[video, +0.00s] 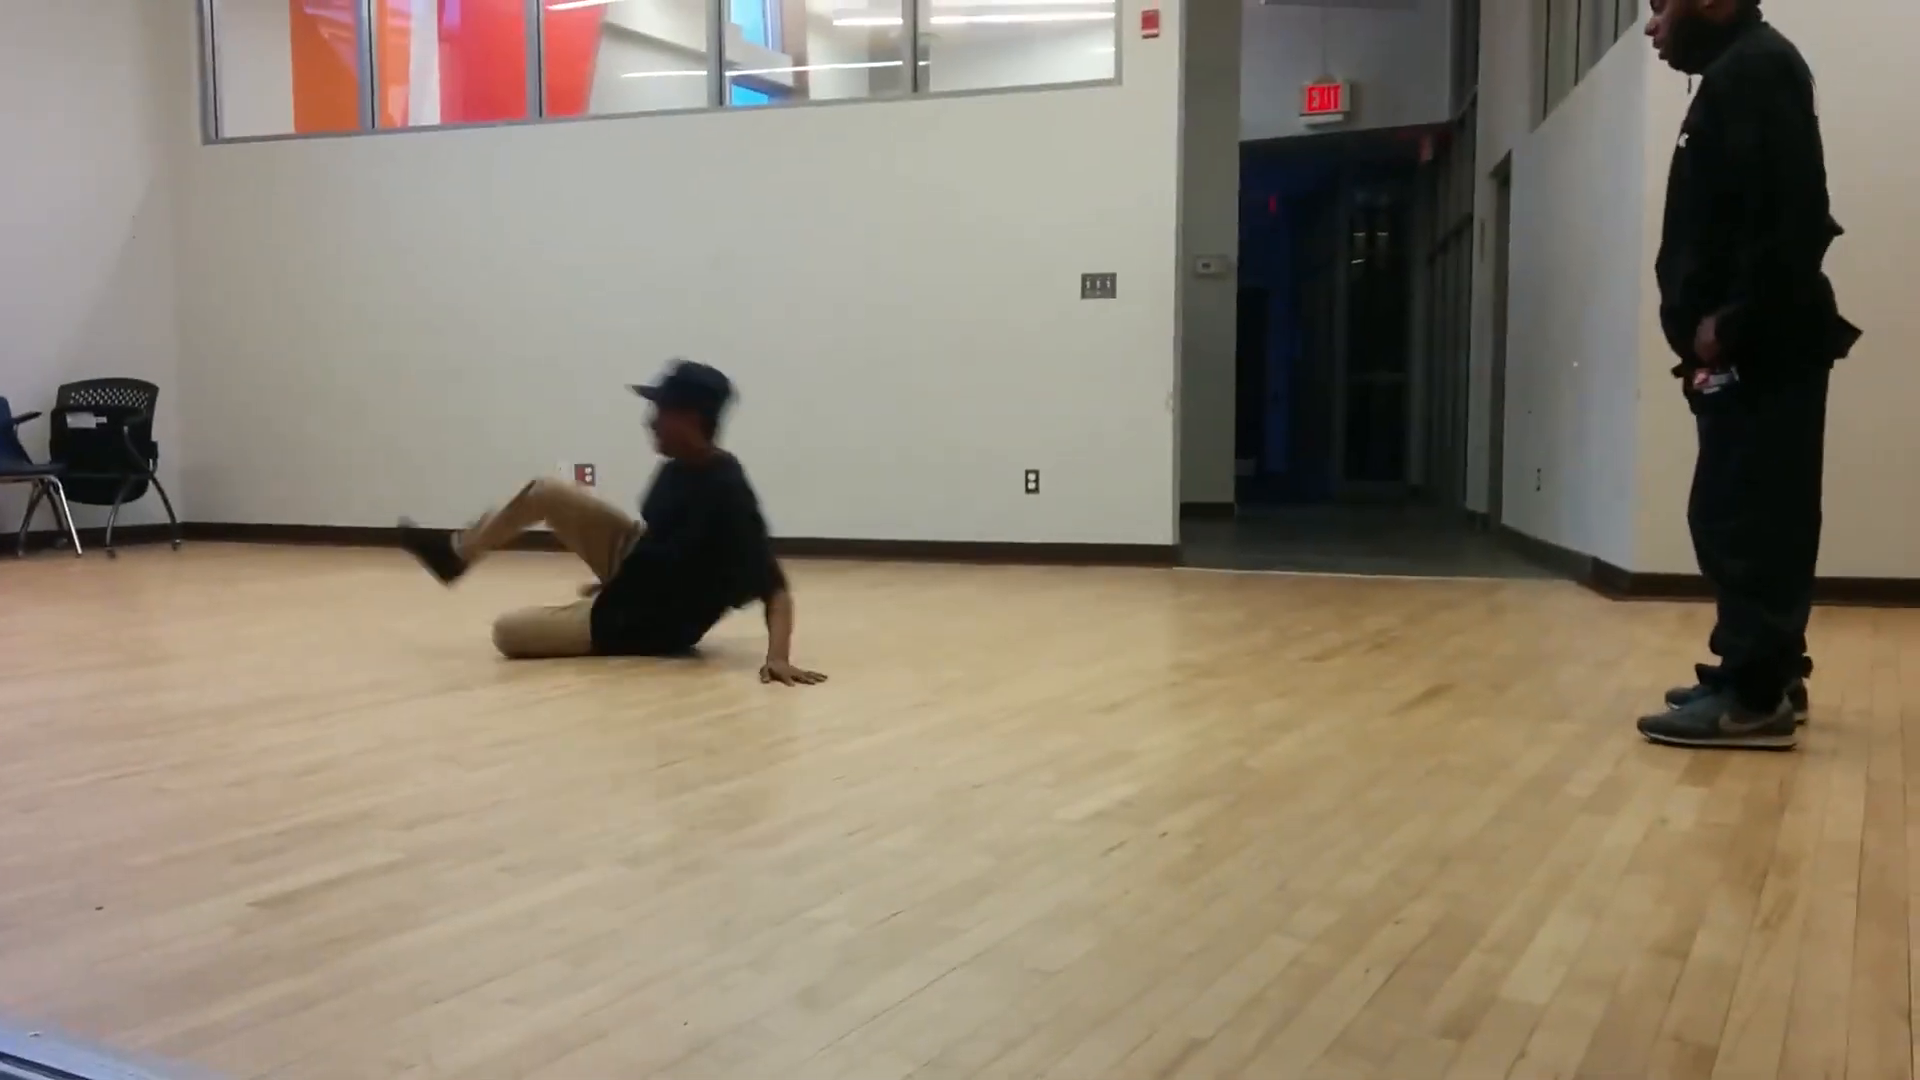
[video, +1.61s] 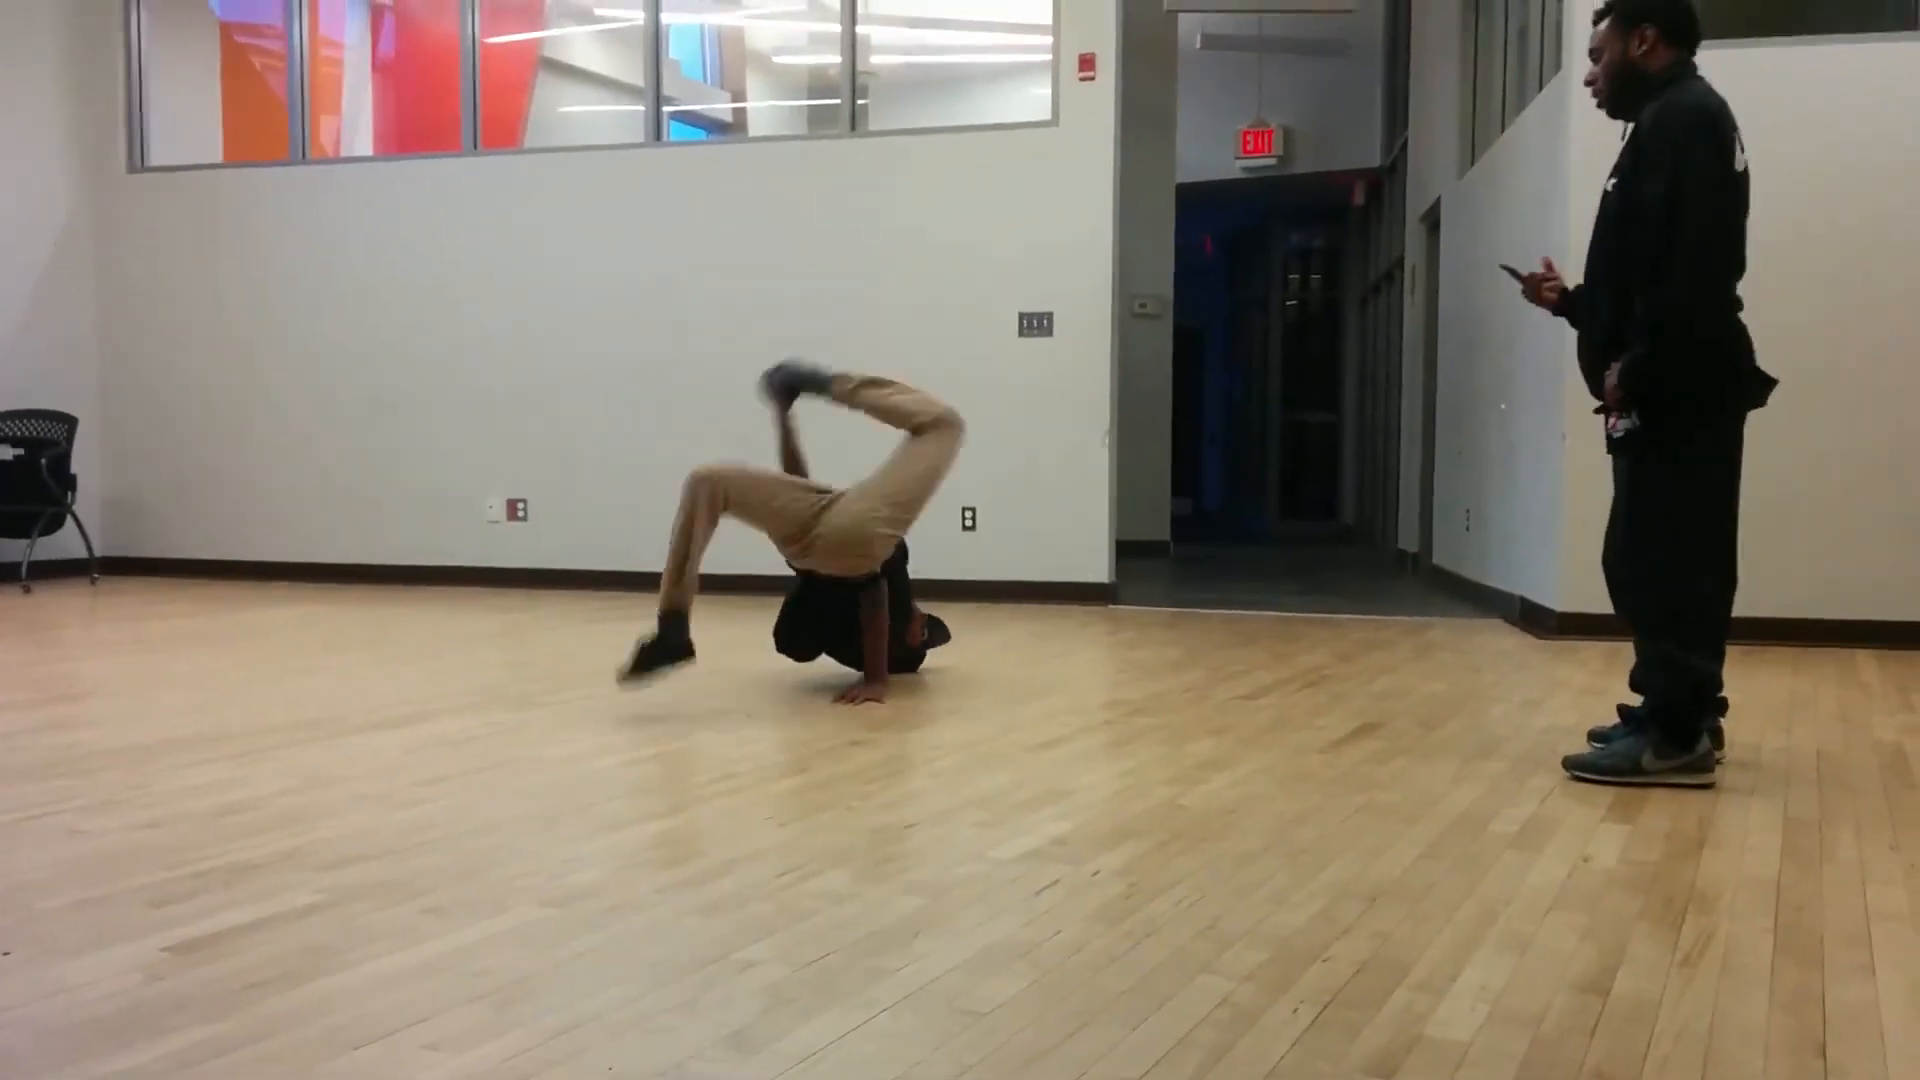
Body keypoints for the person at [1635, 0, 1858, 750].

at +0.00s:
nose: (1650, 26)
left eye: (1659, 7)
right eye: (1650, 11)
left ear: (1712, 3)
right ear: (1715, 8)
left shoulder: (1754, 70)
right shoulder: (1744, 68)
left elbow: (1788, 221)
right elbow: (1756, 220)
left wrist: (1728, 321)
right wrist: (1701, 328)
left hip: (1766, 353)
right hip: (1752, 350)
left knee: (1744, 515)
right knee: (1749, 512)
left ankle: (1755, 698)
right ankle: (1760, 678)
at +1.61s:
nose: (1589, 72)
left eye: (1599, 51)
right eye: (1590, 55)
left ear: (1649, 44)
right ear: (1651, 45)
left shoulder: (1687, 117)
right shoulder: (1665, 121)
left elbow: (1689, 275)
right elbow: (1649, 286)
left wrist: (1637, 369)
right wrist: (1572, 299)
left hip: (1685, 390)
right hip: (1668, 388)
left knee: (1662, 554)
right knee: (1662, 550)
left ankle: (1676, 734)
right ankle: (1675, 714)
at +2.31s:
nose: (1558, 91)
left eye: (1569, 73)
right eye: (1559, 74)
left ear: (1614, 67)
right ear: (1623, 70)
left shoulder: (1650, 140)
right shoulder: (1667, 131)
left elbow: (1678, 283)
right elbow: (1768, 234)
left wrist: (1631, 379)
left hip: (1672, 402)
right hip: (1685, 398)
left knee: (1653, 563)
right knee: (1672, 558)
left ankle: (1669, 741)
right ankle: (1676, 724)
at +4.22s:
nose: (1626, 46)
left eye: (1635, 22)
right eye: (1626, 26)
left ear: (1682, 17)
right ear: (1691, 21)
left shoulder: (1693, 108)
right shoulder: (1761, 100)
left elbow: (1677, 256)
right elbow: (1847, 223)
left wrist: (1648, 364)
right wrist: (1763, 295)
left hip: (1696, 388)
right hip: (1763, 381)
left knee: (1659, 554)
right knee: (1764, 550)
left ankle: (1647, 732)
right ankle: (1787, 723)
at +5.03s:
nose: (1706, 69)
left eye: (1713, 46)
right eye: (1706, 51)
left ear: (1763, 36)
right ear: (1770, 38)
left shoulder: (1799, 99)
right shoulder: (1834, 99)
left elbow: (1802, 238)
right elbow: (1902, 220)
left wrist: (1767, 344)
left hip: (1795, 382)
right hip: (1855, 381)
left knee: (1729, 530)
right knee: (1828, 545)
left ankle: (1732, 720)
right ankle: (1808, 727)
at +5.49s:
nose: (1666, 80)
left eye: (1675, 59)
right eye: (1665, 63)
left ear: (1727, 47)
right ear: (1727, 51)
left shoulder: (1774, 116)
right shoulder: (1759, 118)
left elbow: (1815, 270)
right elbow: (1816, 268)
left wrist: (1738, 374)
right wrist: (1715, 369)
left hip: (1774, 405)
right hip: (1751, 405)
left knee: (1754, 566)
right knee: (1730, 562)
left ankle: (1748, 752)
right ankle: (1723, 736)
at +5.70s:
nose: (1592, 83)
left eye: (1601, 62)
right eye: (1591, 65)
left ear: (1655, 51)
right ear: (1654, 55)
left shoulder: (1696, 125)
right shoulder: (1678, 125)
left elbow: (1709, 278)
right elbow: (1686, 276)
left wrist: (1658, 389)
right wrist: (1633, 382)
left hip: (1691, 414)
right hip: (1666, 412)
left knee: (1681, 583)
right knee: (1657, 579)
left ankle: (1682, 773)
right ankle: (1649, 743)